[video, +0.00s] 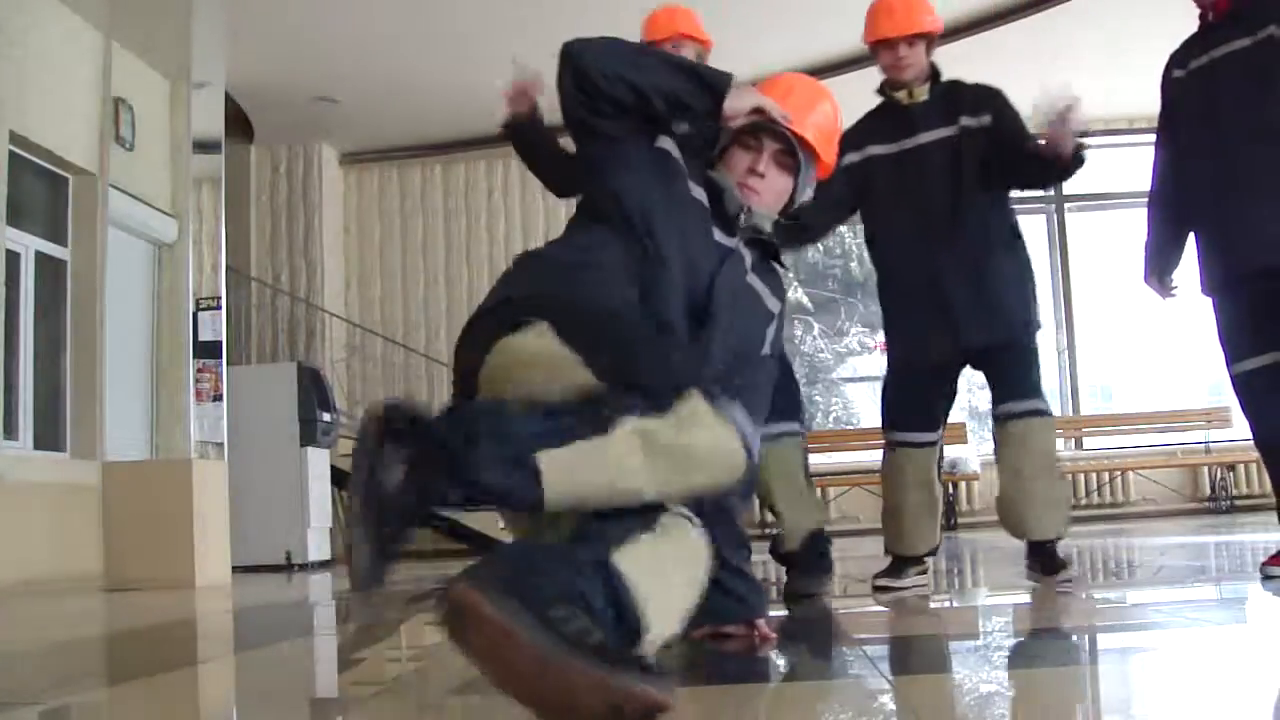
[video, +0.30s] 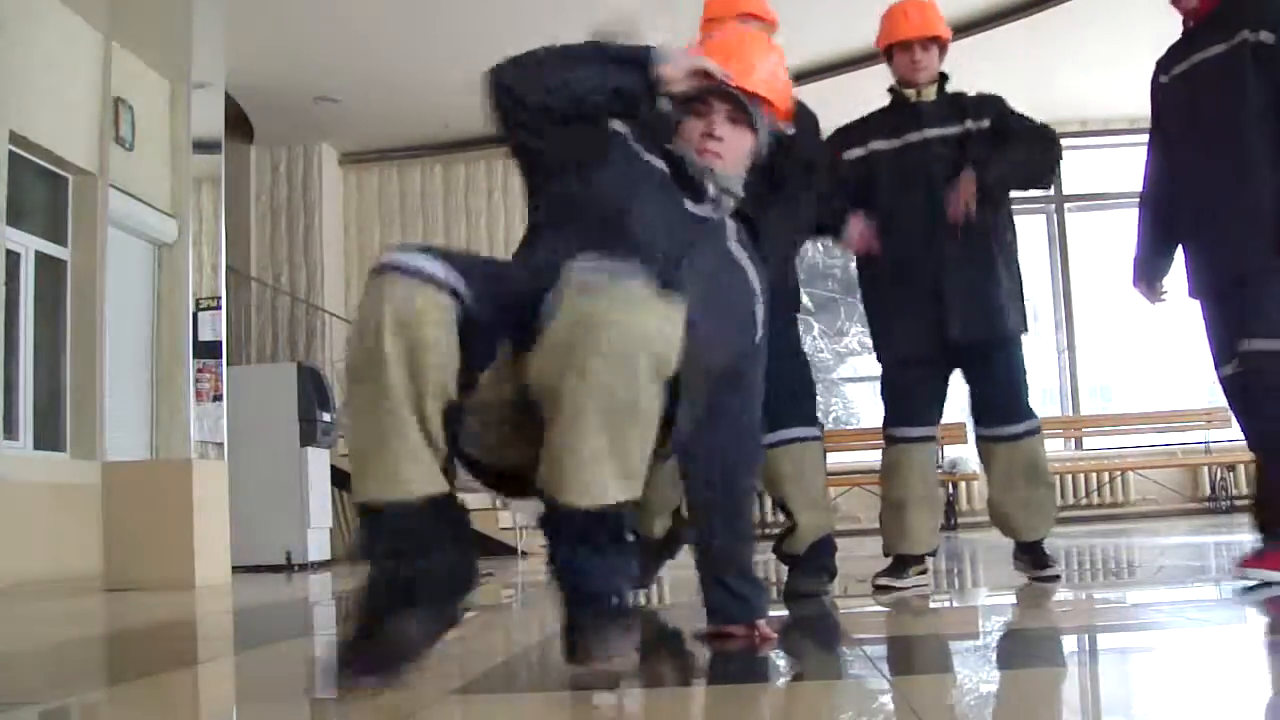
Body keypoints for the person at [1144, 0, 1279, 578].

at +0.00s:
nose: (1193, 8)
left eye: (1194, 5)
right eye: (1194, 7)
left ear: (1211, 3)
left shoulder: (1191, 60)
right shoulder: (1188, 62)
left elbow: (1175, 169)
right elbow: (1175, 169)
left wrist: (1160, 259)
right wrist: (1162, 256)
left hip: (1244, 263)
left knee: (1266, 409)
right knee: (1265, 408)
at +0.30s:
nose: (1174, 3)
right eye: (1174, 1)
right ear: (1194, 3)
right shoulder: (1172, 62)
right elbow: (1165, 165)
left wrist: (1149, 258)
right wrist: (1151, 256)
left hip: (1261, 244)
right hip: (1220, 255)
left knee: (1261, 389)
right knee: (1247, 394)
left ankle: (1276, 540)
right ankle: (1274, 538)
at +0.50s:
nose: (1147, 2)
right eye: (1145, 1)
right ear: (1160, 5)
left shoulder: (1254, 20)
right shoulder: (1162, 60)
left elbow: (1272, 128)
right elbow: (1163, 168)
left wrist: (1274, 229)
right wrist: (1155, 261)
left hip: (1254, 246)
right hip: (1206, 252)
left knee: (1225, 388)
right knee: (1258, 398)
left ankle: (1203, 538)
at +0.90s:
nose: (1087, 2)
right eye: (1085, 1)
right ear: (1106, 1)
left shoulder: (1188, 16)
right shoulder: (1123, 45)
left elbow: (1206, 131)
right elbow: (1129, 157)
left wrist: (1182, 229)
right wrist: (1112, 254)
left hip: (1188, 248)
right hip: (1149, 253)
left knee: (1183, 394)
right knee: (1180, 396)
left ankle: (1196, 550)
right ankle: (1270, 511)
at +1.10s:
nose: (1062, 4)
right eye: (1060, 1)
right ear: (1086, 0)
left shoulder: (1158, 15)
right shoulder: (1103, 43)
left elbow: (1164, 126)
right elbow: (1096, 156)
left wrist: (1127, 224)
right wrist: (1069, 248)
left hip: (1163, 241)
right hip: (1120, 247)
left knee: (1164, 385)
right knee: (1116, 388)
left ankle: (1203, 553)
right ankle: (1178, 542)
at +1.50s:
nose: (1014, 22)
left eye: (1019, 7)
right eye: (1005, 15)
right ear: (1008, 19)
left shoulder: (1123, 53)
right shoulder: (1035, 93)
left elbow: (1154, 158)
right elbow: (1039, 195)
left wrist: (1151, 253)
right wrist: (1037, 286)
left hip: (1121, 273)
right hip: (1063, 284)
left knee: (1151, 405)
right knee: (1075, 412)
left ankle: (1194, 548)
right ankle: (1111, 542)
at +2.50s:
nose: (1101, 59)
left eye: (1110, 47)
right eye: (1089, 51)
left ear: (1132, 46)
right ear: (1077, 57)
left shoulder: (1176, 115)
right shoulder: (1061, 131)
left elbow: (1202, 204)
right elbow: (1048, 219)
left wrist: (1209, 287)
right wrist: (1048, 291)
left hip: (1161, 298)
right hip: (1087, 301)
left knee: (1158, 422)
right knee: (1079, 421)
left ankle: (1155, 538)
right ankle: (1079, 537)